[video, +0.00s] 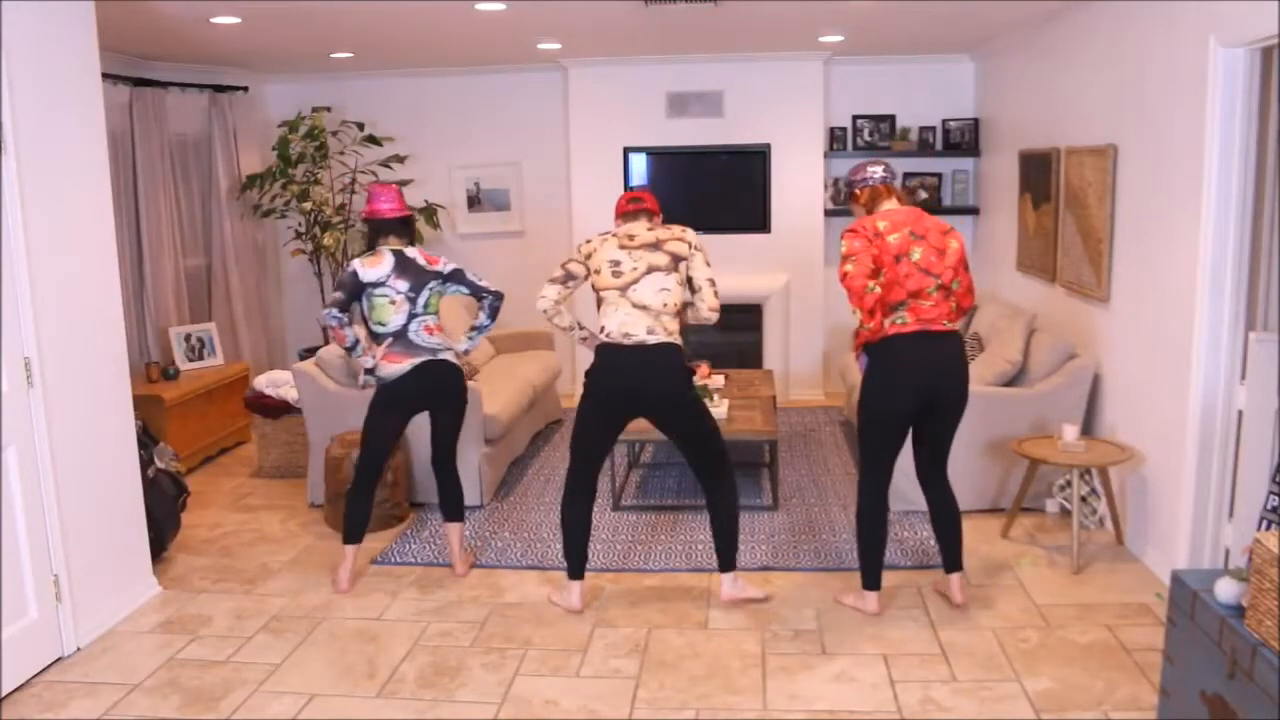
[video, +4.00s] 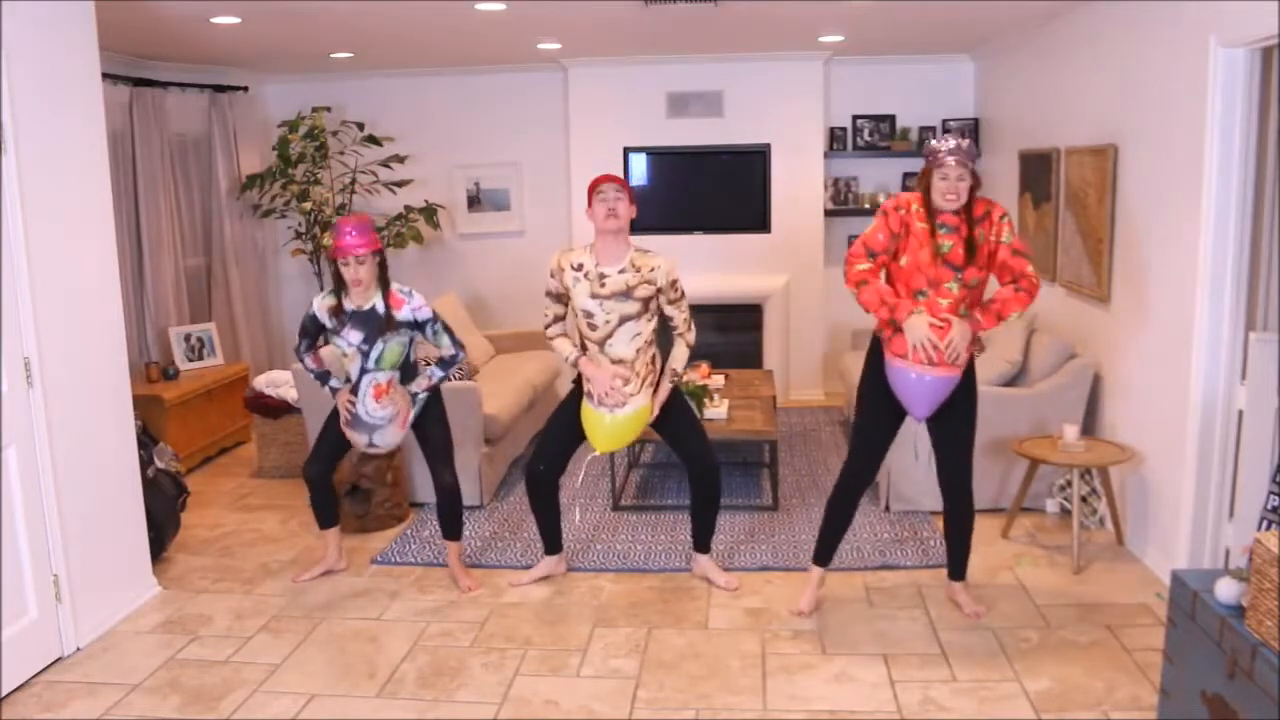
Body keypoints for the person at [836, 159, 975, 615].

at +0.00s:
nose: (854, 208)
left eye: (853, 201)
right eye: (853, 202)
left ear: (862, 197)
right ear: (895, 191)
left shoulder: (861, 234)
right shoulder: (944, 230)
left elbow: (866, 298)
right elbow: (965, 300)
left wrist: (864, 342)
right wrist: (935, 335)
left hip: (896, 360)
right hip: (949, 359)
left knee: (874, 477)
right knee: (934, 470)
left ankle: (870, 592)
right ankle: (956, 580)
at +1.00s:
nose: (832, 232)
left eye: (829, 223)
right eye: (826, 225)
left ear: (845, 207)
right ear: (853, 202)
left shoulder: (873, 233)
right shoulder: (910, 222)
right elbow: (934, 270)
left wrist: (841, 330)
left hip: (906, 357)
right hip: (940, 352)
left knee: (875, 471)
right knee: (912, 467)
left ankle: (884, 585)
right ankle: (930, 570)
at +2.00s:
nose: (858, 211)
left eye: (866, 200)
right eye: (849, 202)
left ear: (883, 192)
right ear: (839, 199)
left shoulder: (921, 230)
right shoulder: (832, 230)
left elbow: (939, 299)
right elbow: (814, 286)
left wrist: (880, 320)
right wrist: (818, 314)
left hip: (907, 359)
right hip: (853, 358)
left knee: (893, 470)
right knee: (857, 468)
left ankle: (898, 581)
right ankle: (861, 565)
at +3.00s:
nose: (896, 190)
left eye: (903, 183)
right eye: (885, 184)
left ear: (916, 197)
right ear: (871, 201)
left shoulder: (940, 247)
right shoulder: (850, 253)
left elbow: (954, 309)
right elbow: (823, 320)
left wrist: (936, 335)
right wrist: (871, 360)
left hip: (924, 376)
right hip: (861, 377)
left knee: (960, 491)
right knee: (850, 488)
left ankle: (958, 583)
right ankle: (824, 574)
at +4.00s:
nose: (952, 187)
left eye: (961, 179)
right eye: (943, 178)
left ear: (973, 182)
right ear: (927, 179)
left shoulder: (991, 220)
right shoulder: (900, 211)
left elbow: (1024, 282)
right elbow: (857, 265)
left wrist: (974, 324)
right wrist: (904, 315)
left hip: (955, 360)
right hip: (893, 354)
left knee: (957, 476)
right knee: (859, 469)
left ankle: (957, 582)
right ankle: (816, 574)